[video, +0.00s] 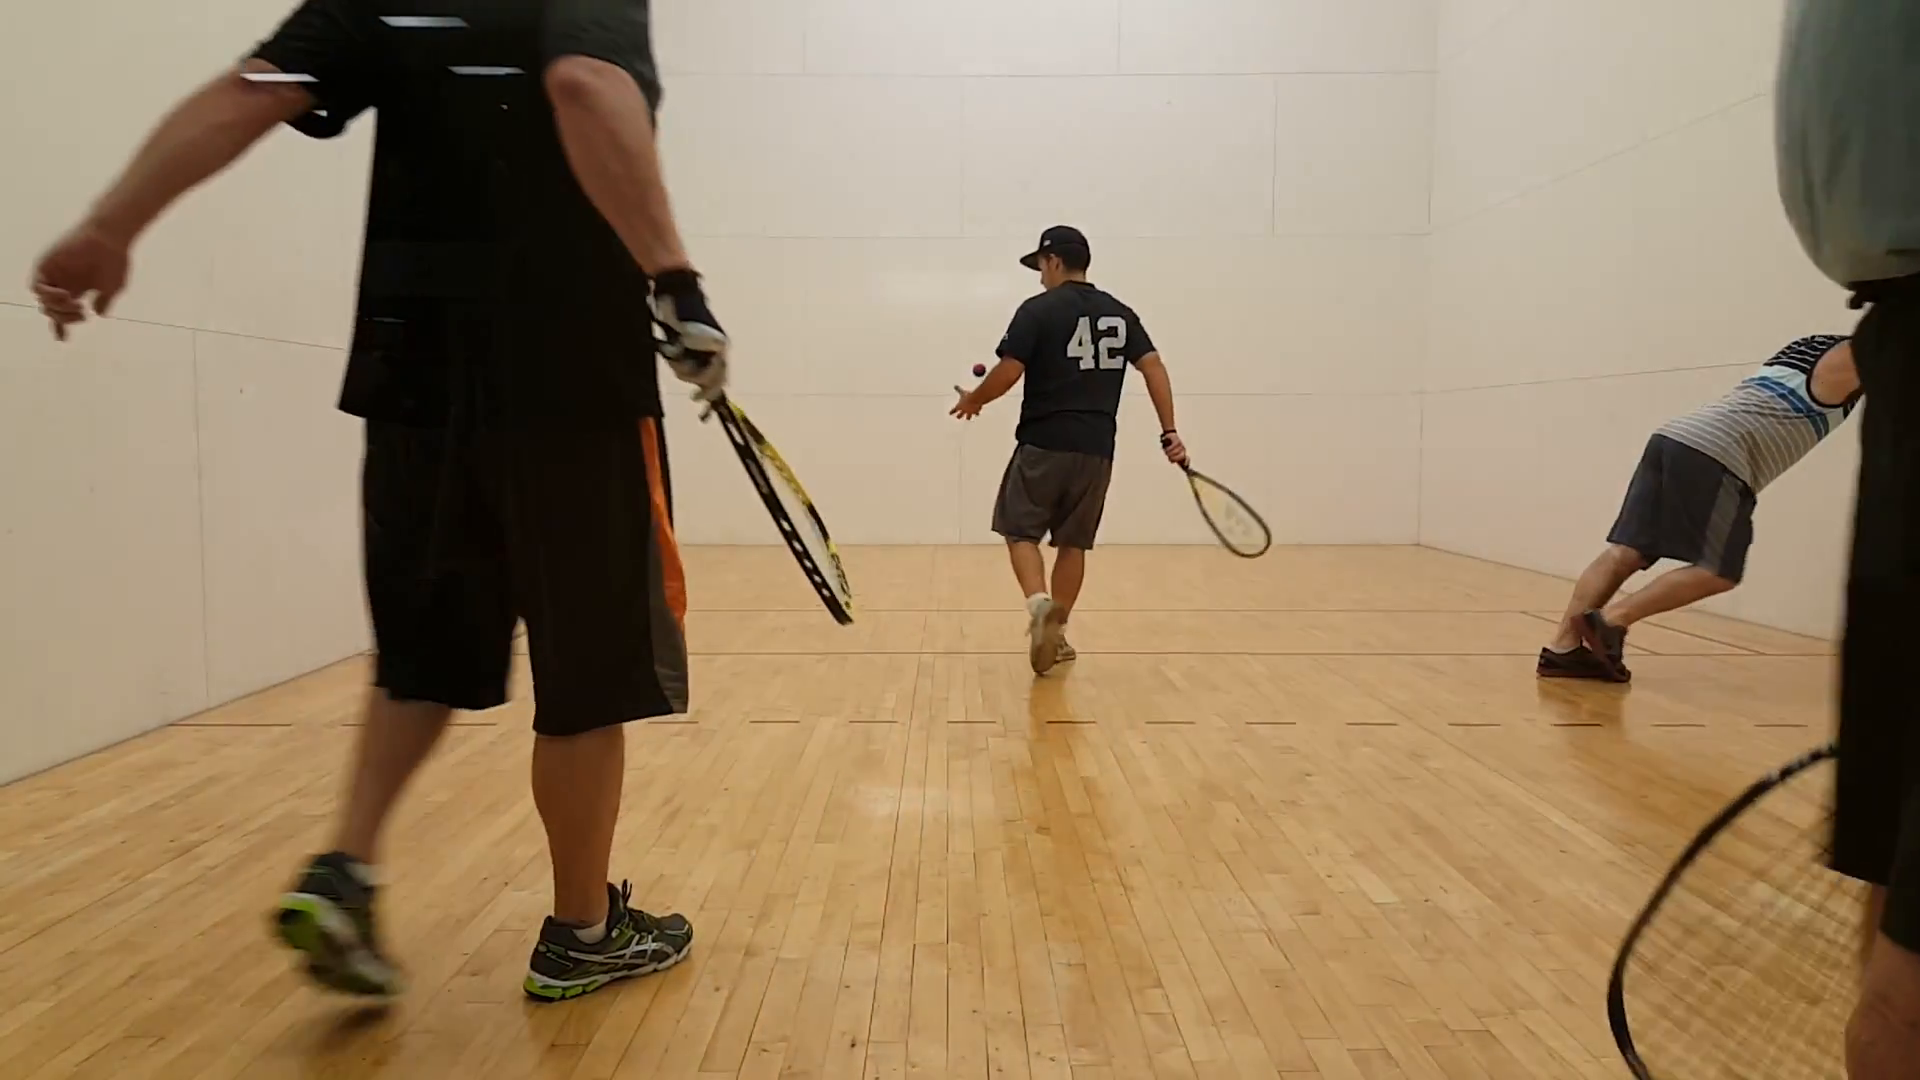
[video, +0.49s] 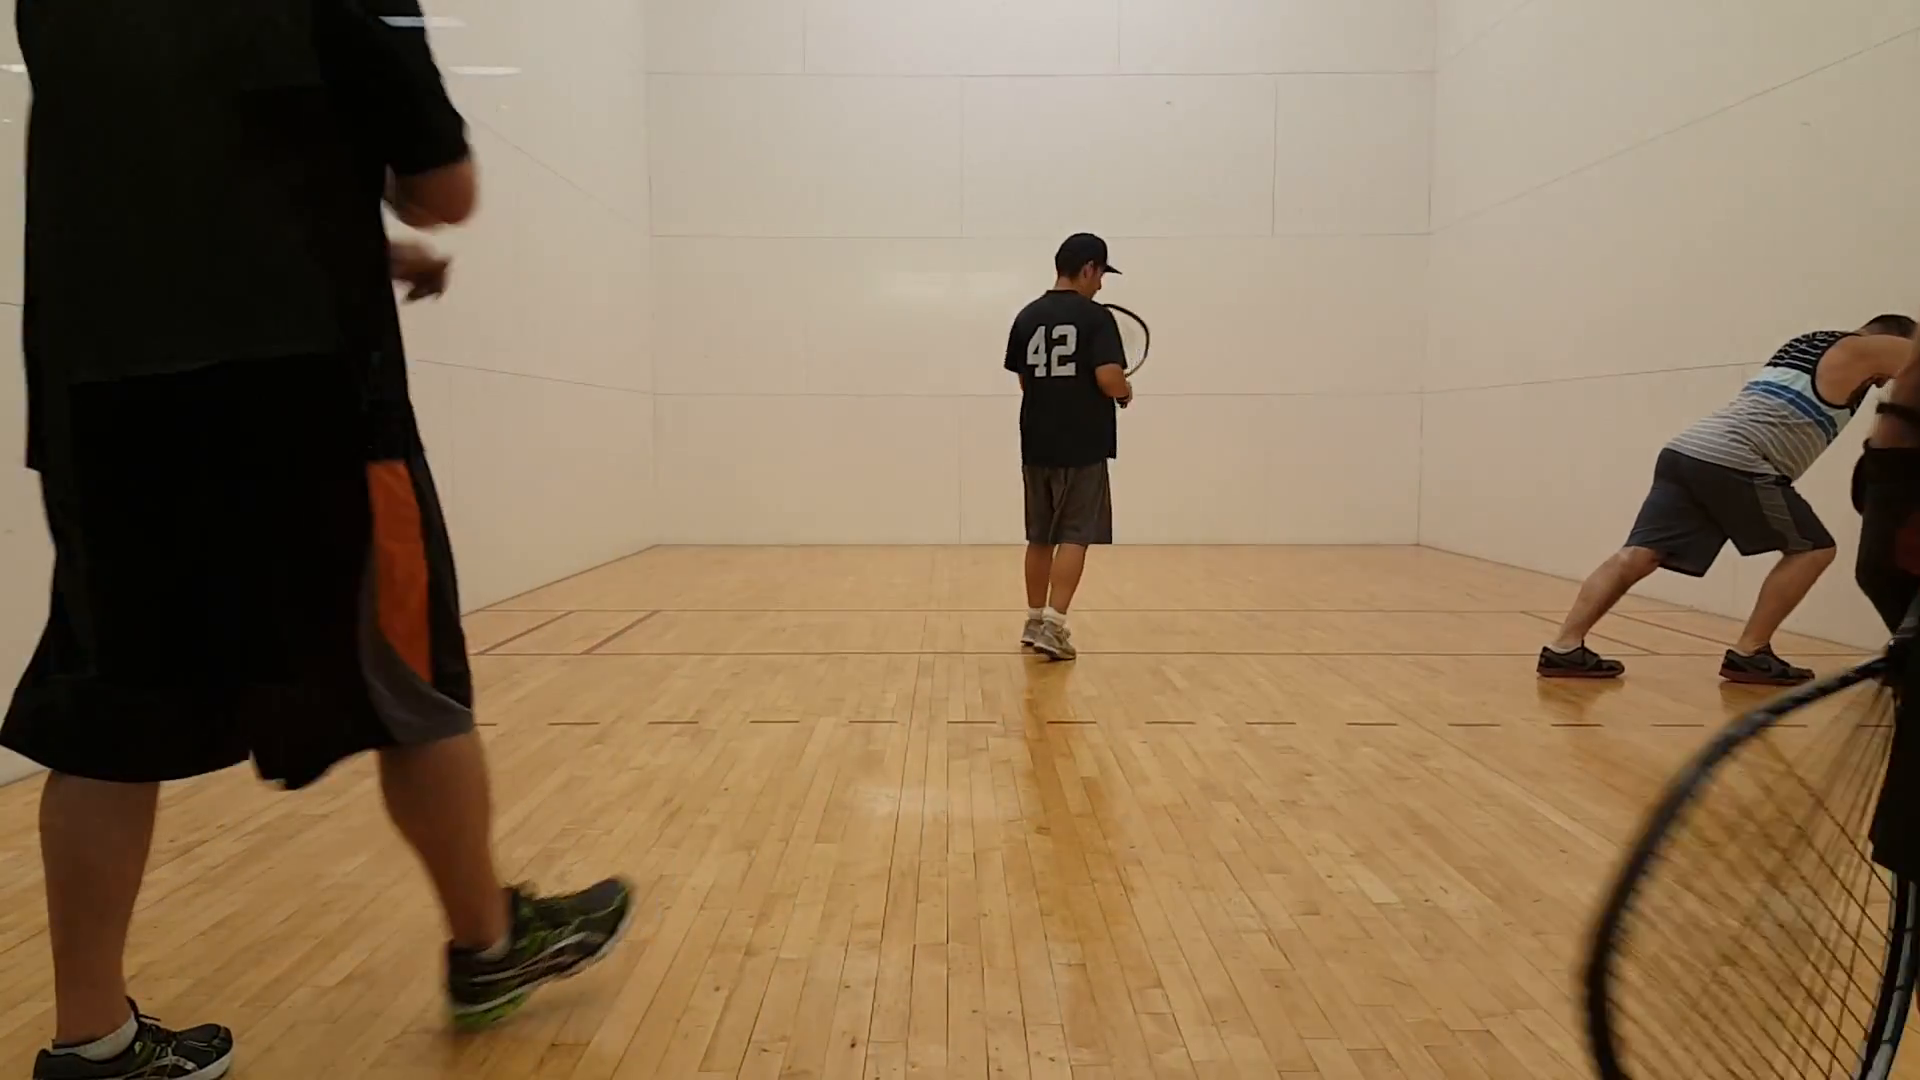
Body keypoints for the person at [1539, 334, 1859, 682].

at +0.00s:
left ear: (1862, 323)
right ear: (1880, 340)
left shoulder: (1797, 352)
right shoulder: (1844, 365)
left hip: (1669, 441)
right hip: (1718, 462)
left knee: (1627, 551)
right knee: (1719, 571)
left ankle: (1563, 647)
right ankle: (1612, 619)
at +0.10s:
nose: (1886, 381)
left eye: (1891, 371)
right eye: (1890, 367)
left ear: (1863, 334)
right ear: (1881, 344)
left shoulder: (1807, 345)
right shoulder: (1853, 355)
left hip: (1671, 441)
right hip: (1722, 458)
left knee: (1629, 549)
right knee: (1755, 561)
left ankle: (1562, 647)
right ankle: (1648, 613)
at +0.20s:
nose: (1892, 373)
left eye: (1895, 363)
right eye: (1894, 361)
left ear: (1863, 333)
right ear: (1883, 344)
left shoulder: (1807, 345)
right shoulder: (1857, 353)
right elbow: (1912, 355)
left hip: (1674, 443)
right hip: (1728, 456)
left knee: (1629, 551)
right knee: (1787, 550)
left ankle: (1563, 646)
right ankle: (1693, 622)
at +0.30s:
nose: (1891, 368)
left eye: (1896, 360)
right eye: (1894, 357)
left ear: (1862, 333)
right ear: (1880, 342)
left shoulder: (1804, 345)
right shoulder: (1857, 352)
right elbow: (1912, 357)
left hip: (1676, 447)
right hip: (1731, 457)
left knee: (1629, 553)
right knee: (1806, 541)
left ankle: (1563, 647)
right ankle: (1733, 637)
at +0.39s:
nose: (1893, 364)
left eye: (1898, 358)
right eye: (1896, 355)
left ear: (1865, 331)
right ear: (1884, 341)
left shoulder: (1806, 343)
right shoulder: (1861, 351)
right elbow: (1912, 363)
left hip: (1680, 450)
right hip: (1735, 460)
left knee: (1633, 553)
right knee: (1810, 545)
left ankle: (1563, 646)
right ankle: (1751, 651)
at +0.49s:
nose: (1898, 365)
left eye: (1903, 356)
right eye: (1903, 354)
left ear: (1870, 329)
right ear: (1890, 340)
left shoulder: (1807, 344)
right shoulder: (1864, 351)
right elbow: (1915, 356)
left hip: (1684, 454)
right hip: (1739, 465)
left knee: (1637, 555)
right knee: (1814, 548)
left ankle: (1564, 646)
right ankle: (1750, 653)